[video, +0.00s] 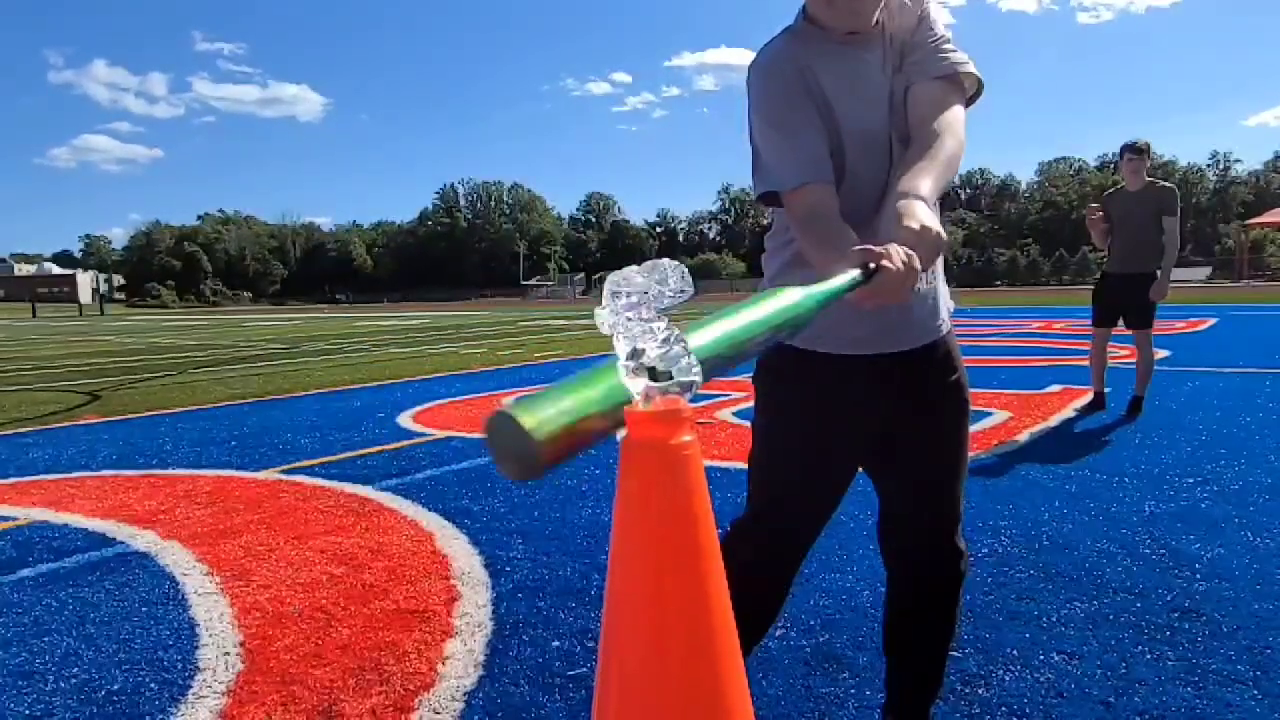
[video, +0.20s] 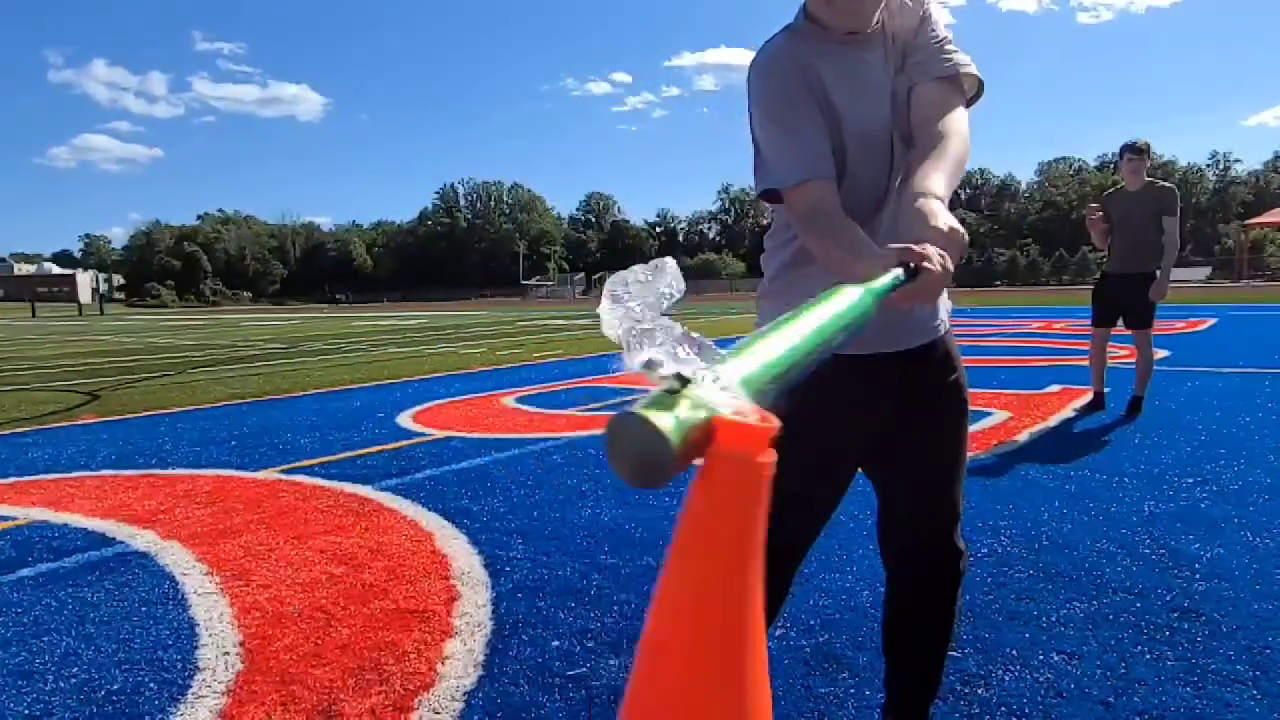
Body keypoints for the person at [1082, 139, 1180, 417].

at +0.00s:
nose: (1134, 164)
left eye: (1139, 159)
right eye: (1129, 159)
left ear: (1148, 163)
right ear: (1120, 164)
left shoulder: (1165, 193)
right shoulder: (1111, 198)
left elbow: (1172, 239)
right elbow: (1102, 243)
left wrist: (1163, 278)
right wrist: (1094, 226)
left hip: (1143, 277)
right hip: (1111, 277)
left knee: (1142, 341)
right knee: (1099, 339)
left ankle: (1138, 398)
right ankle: (1098, 395)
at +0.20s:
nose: (1134, 164)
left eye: (1139, 159)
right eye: (1129, 159)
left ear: (1148, 163)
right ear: (1120, 164)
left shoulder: (1165, 193)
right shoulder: (1111, 198)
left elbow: (1172, 239)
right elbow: (1101, 243)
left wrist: (1163, 278)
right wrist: (1094, 225)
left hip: (1143, 277)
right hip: (1111, 276)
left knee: (1142, 341)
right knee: (1099, 337)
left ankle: (1137, 398)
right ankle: (1098, 395)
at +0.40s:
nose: (1134, 164)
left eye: (1139, 159)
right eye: (1129, 160)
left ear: (1147, 163)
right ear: (1120, 164)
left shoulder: (1165, 193)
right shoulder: (1110, 198)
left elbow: (1171, 239)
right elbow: (1101, 243)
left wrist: (1163, 278)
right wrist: (1094, 225)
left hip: (1142, 277)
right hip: (1111, 276)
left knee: (1141, 341)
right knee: (1098, 337)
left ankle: (1137, 398)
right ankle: (1097, 395)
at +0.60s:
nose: (1134, 164)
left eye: (1139, 159)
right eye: (1128, 160)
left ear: (1147, 163)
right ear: (1119, 164)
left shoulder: (1164, 193)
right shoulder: (1110, 198)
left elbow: (1170, 239)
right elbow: (1101, 243)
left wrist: (1162, 278)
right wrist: (1093, 225)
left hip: (1142, 276)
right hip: (1111, 275)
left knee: (1141, 341)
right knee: (1097, 337)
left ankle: (1136, 398)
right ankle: (1096, 394)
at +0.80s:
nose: (1133, 165)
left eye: (1138, 160)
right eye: (1128, 160)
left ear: (1146, 163)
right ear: (1119, 164)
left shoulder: (1163, 194)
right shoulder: (1110, 198)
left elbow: (1170, 239)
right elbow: (1100, 243)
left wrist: (1162, 277)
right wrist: (1093, 224)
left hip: (1143, 275)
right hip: (1112, 274)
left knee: (1140, 340)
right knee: (1096, 337)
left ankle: (1136, 397)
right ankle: (1096, 394)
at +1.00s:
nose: (1133, 167)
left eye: (1138, 161)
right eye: (1128, 161)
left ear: (1147, 165)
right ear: (1118, 166)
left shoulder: (1162, 196)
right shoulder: (1107, 200)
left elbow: (1183, 227)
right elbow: (1090, 233)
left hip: (1142, 274)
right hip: (1107, 272)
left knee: (1140, 338)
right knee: (1095, 335)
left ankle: (1136, 396)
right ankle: (1095, 394)